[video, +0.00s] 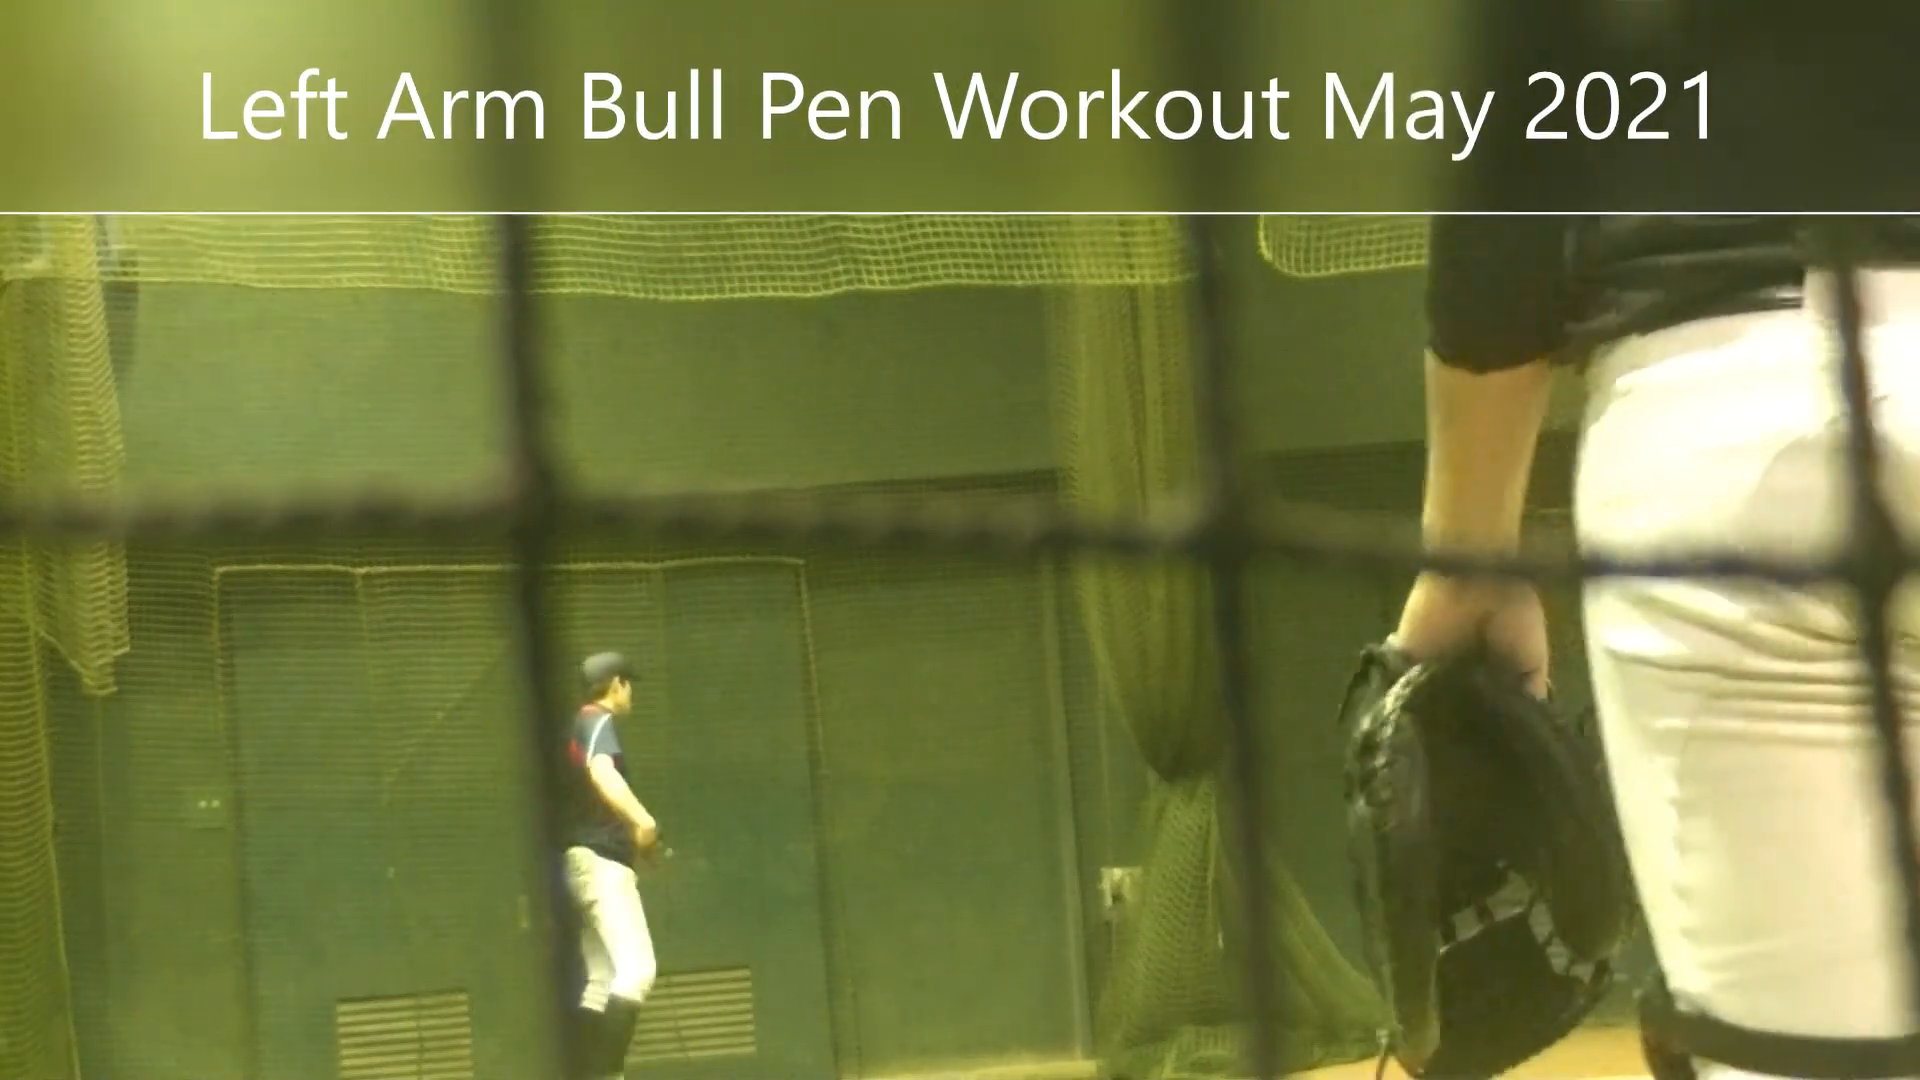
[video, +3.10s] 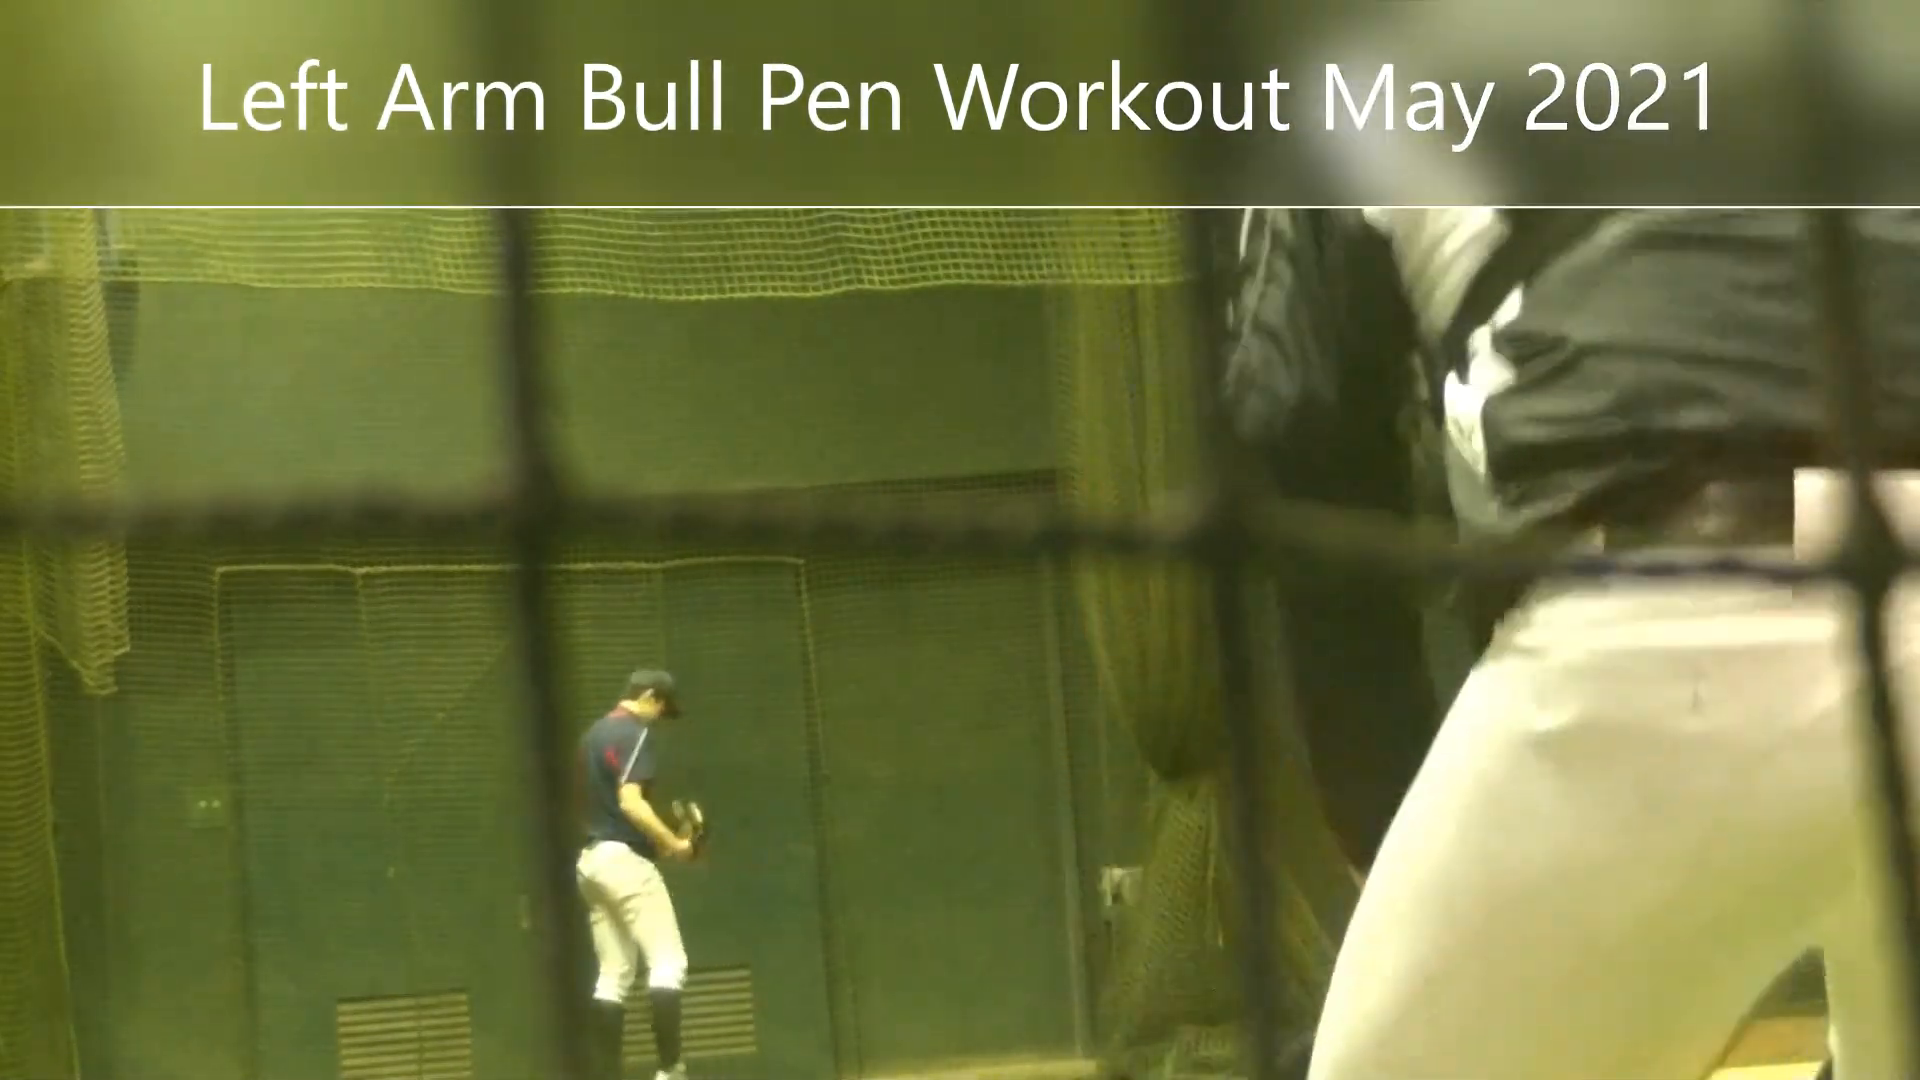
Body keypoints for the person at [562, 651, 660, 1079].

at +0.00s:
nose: (630, 694)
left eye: (628, 686)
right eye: (627, 686)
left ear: (596, 687)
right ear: (614, 686)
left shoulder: (578, 723)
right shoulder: (597, 719)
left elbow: (588, 795)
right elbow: (600, 770)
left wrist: (637, 844)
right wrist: (642, 820)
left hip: (580, 860)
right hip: (598, 862)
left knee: (600, 976)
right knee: (635, 968)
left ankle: (580, 1069)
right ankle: (604, 1070)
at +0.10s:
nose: (635, 694)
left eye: (633, 686)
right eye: (632, 686)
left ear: (600, 687)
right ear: (619, 686)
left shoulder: (584, 724)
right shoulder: (606, 719)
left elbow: (572, 791)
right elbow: (601, 761)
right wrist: (638, 814)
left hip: (584, 859)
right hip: (606, 861)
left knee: (604, 979)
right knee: (647, 967)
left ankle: (586, 1074)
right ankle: (645, 1071)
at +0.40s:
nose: (661, 695)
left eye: (659, 687)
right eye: (658, 688)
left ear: (624, 691)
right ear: (647, 689)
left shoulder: (600, 730)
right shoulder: (645, 724)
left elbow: (584, 801)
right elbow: (646, 788)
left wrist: (593, 854)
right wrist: (666, 847)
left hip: (601, 861)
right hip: (634, 861)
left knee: (619, 978)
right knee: (683, 967)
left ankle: (590, 1073)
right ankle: (710, 1072)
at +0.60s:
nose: (691, 690)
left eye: (688, 684)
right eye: (690, 685)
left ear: (648, 687)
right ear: (683, 686)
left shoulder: (616, 733)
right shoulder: (684, 729)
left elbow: (594, 800)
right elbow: (692, 793)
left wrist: (605, 861)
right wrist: (722, 850)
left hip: (621, 860)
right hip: (665, 858)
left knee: (643, 974)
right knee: (692, 971)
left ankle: (605, 1071)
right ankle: (710, 1072)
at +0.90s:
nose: (709, 693)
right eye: (712, 686)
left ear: (673, 690)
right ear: (712, 689)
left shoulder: (643, 729)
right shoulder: (727, 731)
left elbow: (601, 789)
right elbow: (754, 798)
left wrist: (613, 854)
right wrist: (775, 850)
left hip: (651, 857)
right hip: (702, 856)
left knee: (662, 957)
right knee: (709, 965)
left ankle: (660, 1059)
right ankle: (712, 1072)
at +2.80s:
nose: (687, 717)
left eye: (687, 711)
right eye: (688, 711)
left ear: (649, 700)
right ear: (679, 703)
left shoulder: (611, 737)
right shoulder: (677, 732)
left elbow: (580, 802)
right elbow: (694, 791)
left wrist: (607, 846)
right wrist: (738, 835)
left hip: (614, 862)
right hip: (659, 860)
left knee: (634, 968)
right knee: (694, 961)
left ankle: (614, 1072)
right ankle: (712, 1067)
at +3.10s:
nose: (660, 718)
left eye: (663, 712)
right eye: (662, 711)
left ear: (633, 695)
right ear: (650, 697)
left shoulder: (597, 732)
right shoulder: (633, 730)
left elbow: (612, 804)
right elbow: (630, 799)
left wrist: (666, 838)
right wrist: (671, 840)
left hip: (589, 858)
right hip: (621, 857)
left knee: (614, 970)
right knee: (667, 959)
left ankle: (605, 1072)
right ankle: (671, 1067)